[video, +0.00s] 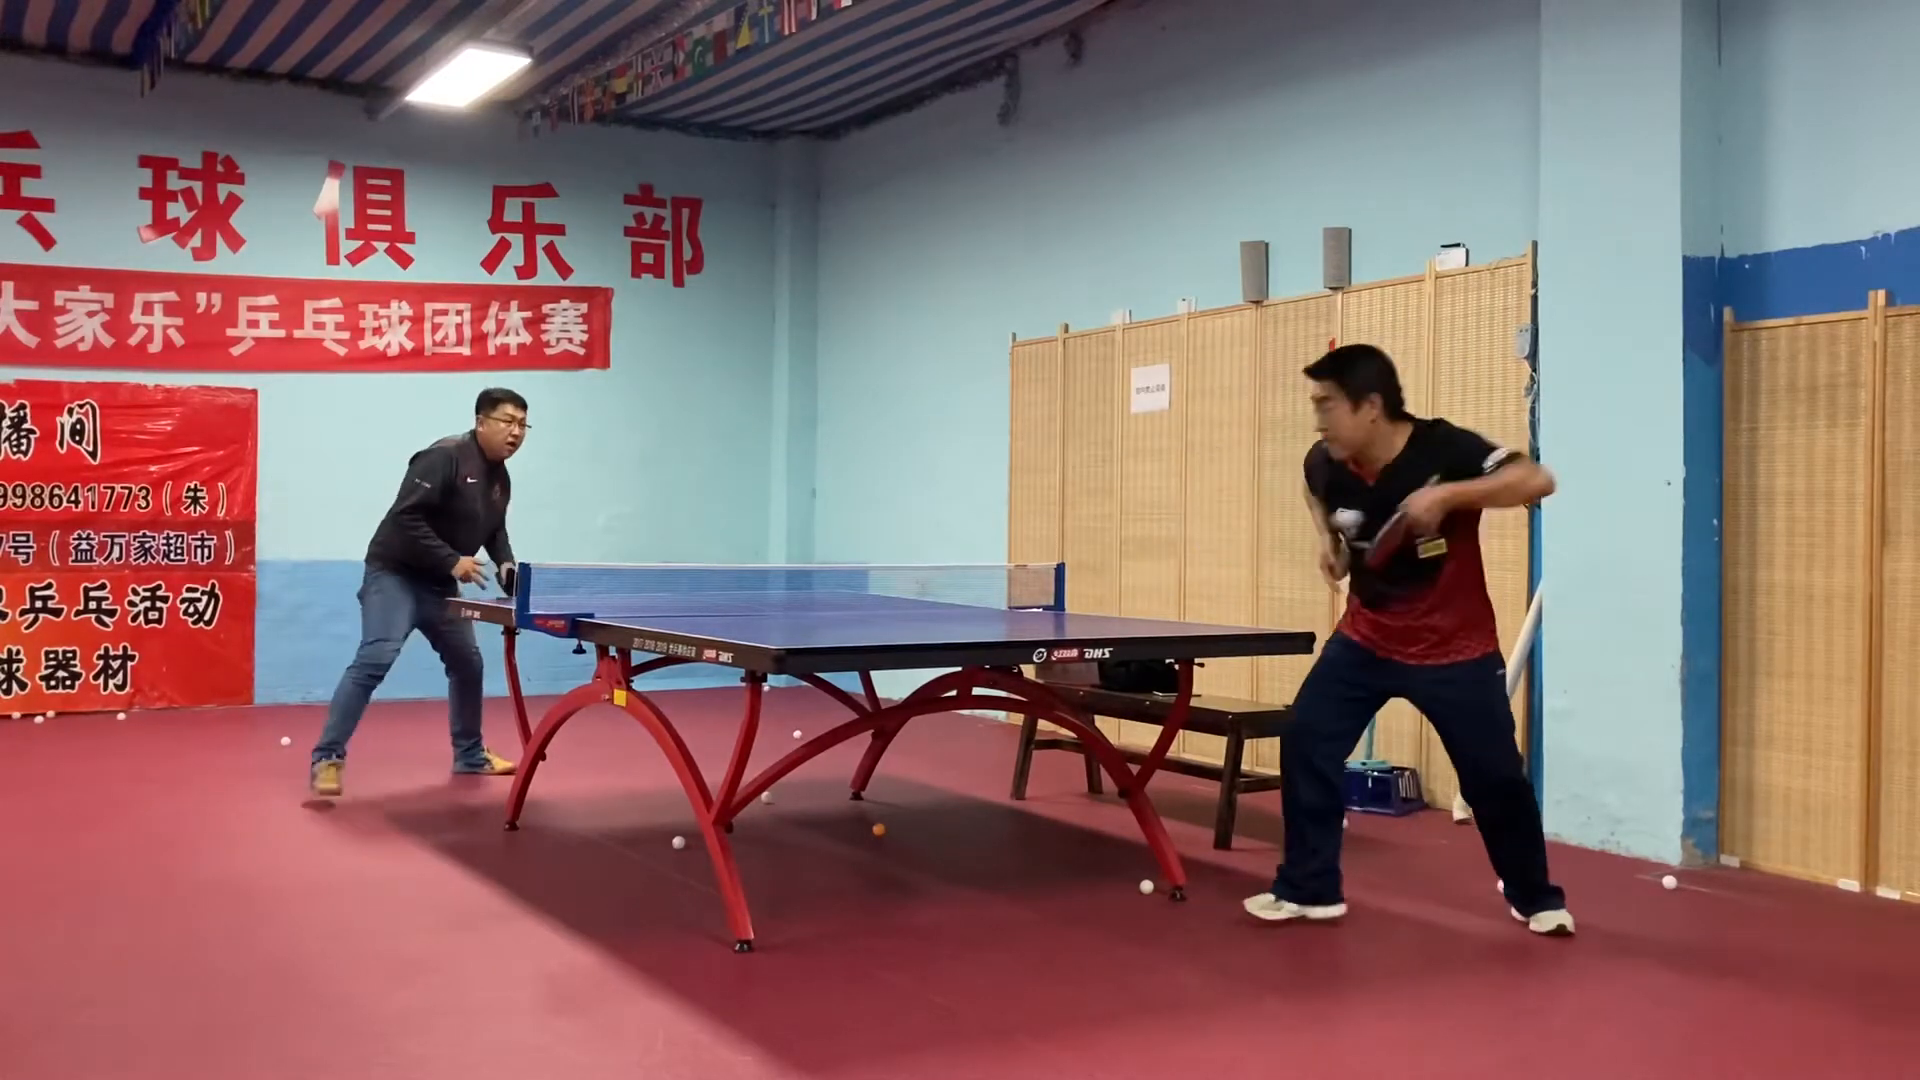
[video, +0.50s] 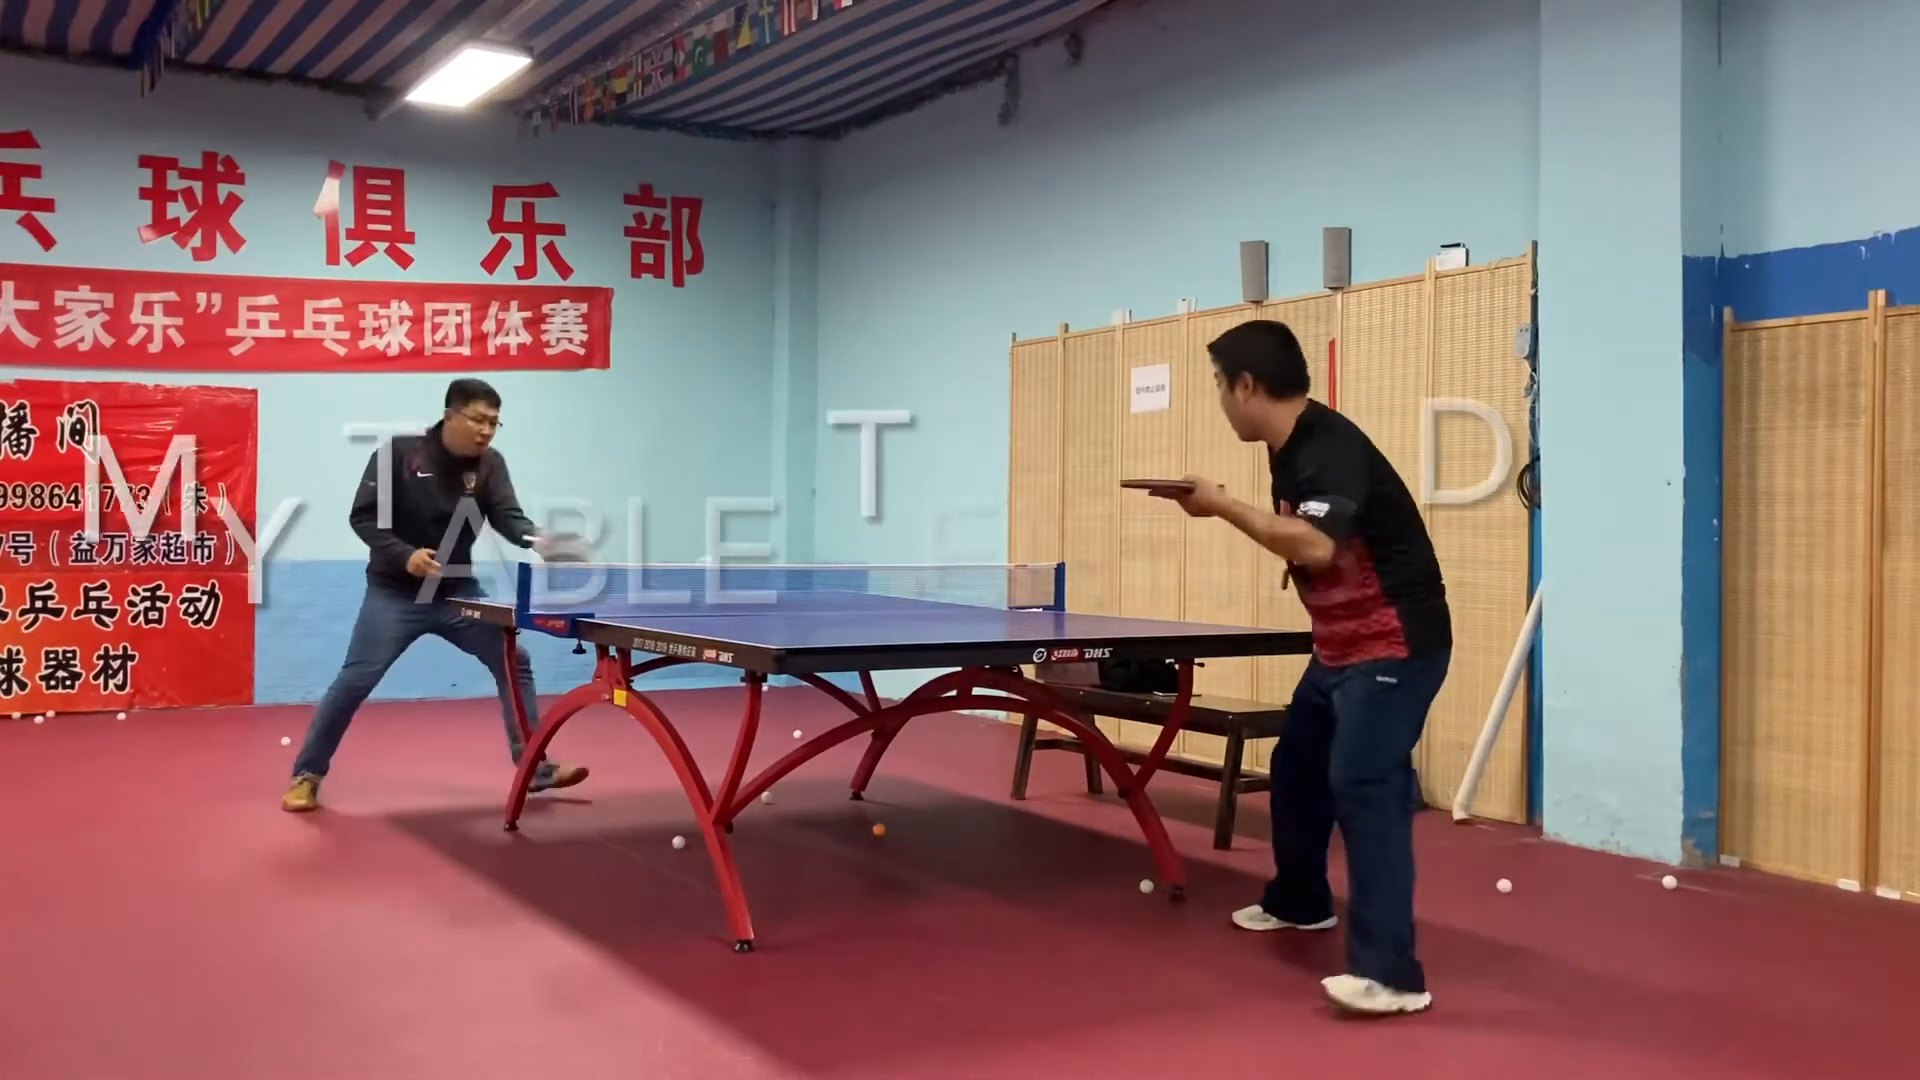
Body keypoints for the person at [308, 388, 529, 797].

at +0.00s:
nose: (516, 433)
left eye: (522, 426)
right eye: (508, 423)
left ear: (524, 431)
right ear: (481, 422)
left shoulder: (500, 479)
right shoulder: (442, 458)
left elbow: (494, 529)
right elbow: (404, 521)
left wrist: (506, 564)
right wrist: (451, 559)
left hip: (439, 583)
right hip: (394, 574)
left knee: (467, 663)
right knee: (376, 656)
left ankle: (469, 755)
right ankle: (328, 758)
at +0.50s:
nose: (487, 430)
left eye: (493, 423)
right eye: (478, 420)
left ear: (496, 425)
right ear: (450, 417)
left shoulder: (489, 464)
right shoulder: (398, 453)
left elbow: (507, 515)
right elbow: (363, 517)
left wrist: (536, 538)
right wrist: (404, 554)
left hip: (457, 594)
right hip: (394, 595)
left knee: (513, 659)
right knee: (358, 676)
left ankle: (534, 766)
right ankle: (307, 775)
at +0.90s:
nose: (547, 451)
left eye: (556, 443)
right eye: (538, 440)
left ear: (565, 445)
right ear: (514, 435)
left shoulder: (564, 488)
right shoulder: (479, 456)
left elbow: (576, 548)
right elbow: (446, 500)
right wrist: (430, 547)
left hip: (525, 603)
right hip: (462, 595)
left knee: (553, 676)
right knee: (404, 676)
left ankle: (558, 780)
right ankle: (359, 773)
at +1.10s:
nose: (525, 428)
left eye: (532, 419)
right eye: (515, 418)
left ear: (540, 422)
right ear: (491, 418)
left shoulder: (549, 470)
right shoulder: (454, 452)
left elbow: (564, 539)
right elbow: (414, 502)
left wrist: (547, 594)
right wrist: (411, 549)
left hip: (521, 597)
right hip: (457, 592)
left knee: (550, 671)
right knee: (411, 680)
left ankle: (563, 777)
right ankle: (401, 766)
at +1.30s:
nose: (516, 428)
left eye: (524, 420)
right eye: (506, 418)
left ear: (531, 424)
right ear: (484, 418)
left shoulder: (540, 470)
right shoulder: (446, 461)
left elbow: (576, 532)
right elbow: (409, 514)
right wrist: (401, 557)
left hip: (522, 601)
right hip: (456, 599)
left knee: (576, 668)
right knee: (410, 681)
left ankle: (598, 759)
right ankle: (399, 766)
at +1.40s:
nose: (532, 428)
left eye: (540, 420)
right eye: (522, 418)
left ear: (548, 425)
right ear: (501, 418)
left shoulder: (557, 471)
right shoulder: (461, 461)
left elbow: (590, 534)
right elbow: (425, 515)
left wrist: (599, 507)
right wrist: (419, 557)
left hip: (533, 601)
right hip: (468, 599)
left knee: (580, 671)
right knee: (422, 679)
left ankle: (603, 754)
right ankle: (400, 766)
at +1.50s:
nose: (558, 422)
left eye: (566, 415)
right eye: (548, 413)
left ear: (573, 419)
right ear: (527, 413)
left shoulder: (576, 465)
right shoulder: (485, 456)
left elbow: (598, 521)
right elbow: (446, 510)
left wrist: (620, 518)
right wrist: (460, 568)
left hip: (547, 587)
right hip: (484, 587)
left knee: (604, 650)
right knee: (443, 672)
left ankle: (610, 750)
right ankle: (404, 764)